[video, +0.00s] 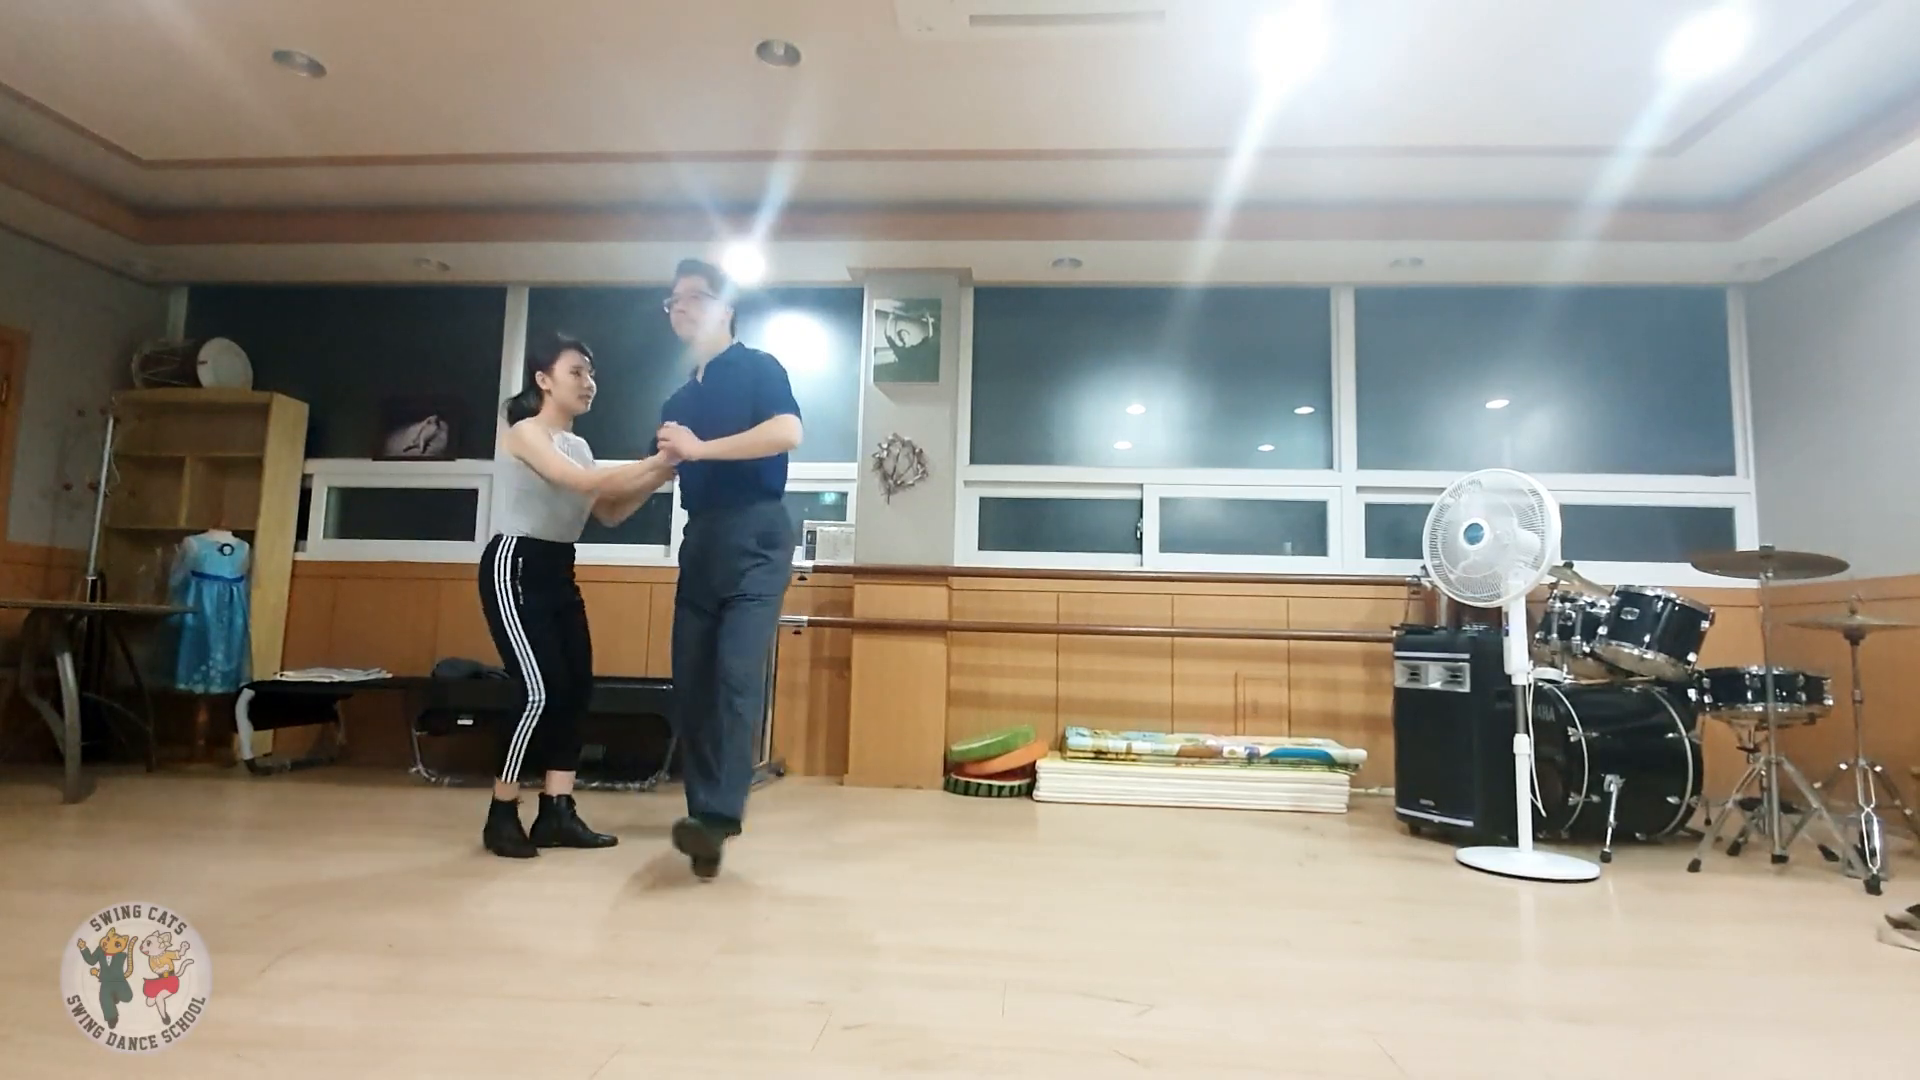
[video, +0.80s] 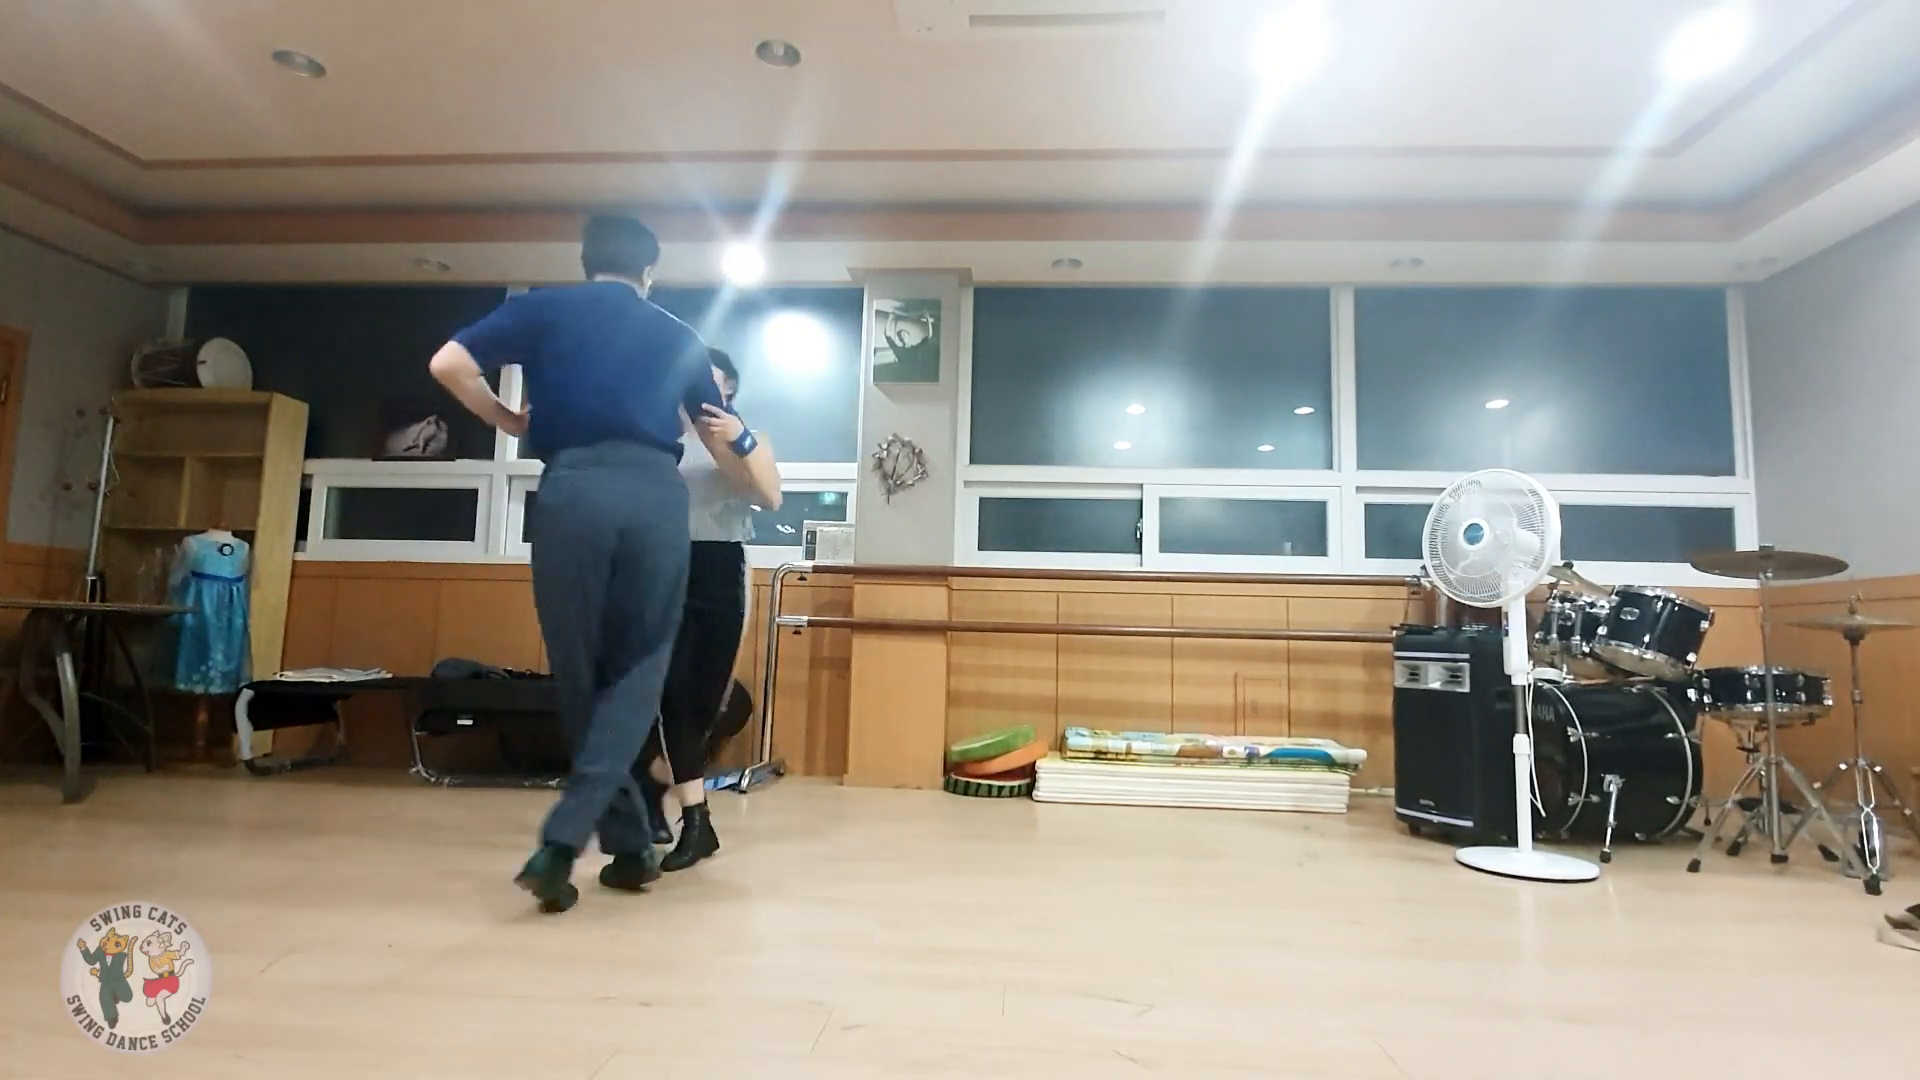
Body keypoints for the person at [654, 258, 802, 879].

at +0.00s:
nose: (678, 309)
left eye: (692, 299)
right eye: (675, 301)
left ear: (725, 308)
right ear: (675, 313)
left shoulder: (758, 366)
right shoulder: (677, 403)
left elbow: (787, 432)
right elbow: (660, 469)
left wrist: (701, 449)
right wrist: (611, 494)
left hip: (758, 535)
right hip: (703, 540)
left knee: (738, 672)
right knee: (692, 677)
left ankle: (717, 819)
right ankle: (708, 811)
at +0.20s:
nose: (643, 296)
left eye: (653, 284)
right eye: (644, 287)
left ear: (691, 288)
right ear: (677, 294)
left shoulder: (718, 341)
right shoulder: (684, 365)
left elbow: (734, 395)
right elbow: (690, 461)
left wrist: (656, 423)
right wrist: (638, 483)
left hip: (737, 524)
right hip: (709, 527)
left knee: (692, 680)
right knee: (695, 677)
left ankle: (668, 845)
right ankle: (715, 799)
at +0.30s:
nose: (622, 285)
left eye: (634, 272)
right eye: (625, 274)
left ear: (671, 280)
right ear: (668, 284)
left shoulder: (692, 329)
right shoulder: (683, 343)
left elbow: (679, 375)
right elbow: (716, 448)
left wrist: (609, 412)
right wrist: (649, 484)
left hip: (717, 521)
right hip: (716, 520)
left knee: (672, 676)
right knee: (710, 668)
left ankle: (664, 846)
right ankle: (721, 794)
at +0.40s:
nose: (609, 278)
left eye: (617, 267)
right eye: (613, 267)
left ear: (642, 274)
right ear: (663, 280)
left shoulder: (650, 317)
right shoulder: (682, 330)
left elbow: (615, 360)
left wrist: (577, 405)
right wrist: (605, 410)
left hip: (688, 520)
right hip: (724, 515)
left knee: (650, 680)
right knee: (728, 670)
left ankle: (661, 849)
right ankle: (755, 802)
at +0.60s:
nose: (607, 277)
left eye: (606, 267)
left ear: (605, 270)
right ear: (664, 275)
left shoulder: (584, 315)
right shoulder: (690, 346)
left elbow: (511, 358)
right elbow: (711, 446)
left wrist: (539, 429)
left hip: (630, 497)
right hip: (700, 498)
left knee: (610, 678)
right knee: (714, 678)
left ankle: (653, 850)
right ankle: (753, 821)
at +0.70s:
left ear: (596, 261)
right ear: (657, 272)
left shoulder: (560, 308)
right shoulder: (688, 342)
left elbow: (475, 359)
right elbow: (721, 447)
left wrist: (513, 415)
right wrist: (731, 472)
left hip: (602, 495)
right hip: (681, 500)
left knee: (599, 680)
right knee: (676, 679)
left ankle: (639, 845)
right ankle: (661, 824)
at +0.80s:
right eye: (645, 262)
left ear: (585, 260)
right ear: (648, 268)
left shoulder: (543, 309)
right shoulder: (680, 336)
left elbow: (449, 362)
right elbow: (720, 436)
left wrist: (508, 419)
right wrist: (753, 481)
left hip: (573, 489)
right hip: (656, 493)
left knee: (582, 674)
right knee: (639, 667)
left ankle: (631, 846)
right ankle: (561, 843)